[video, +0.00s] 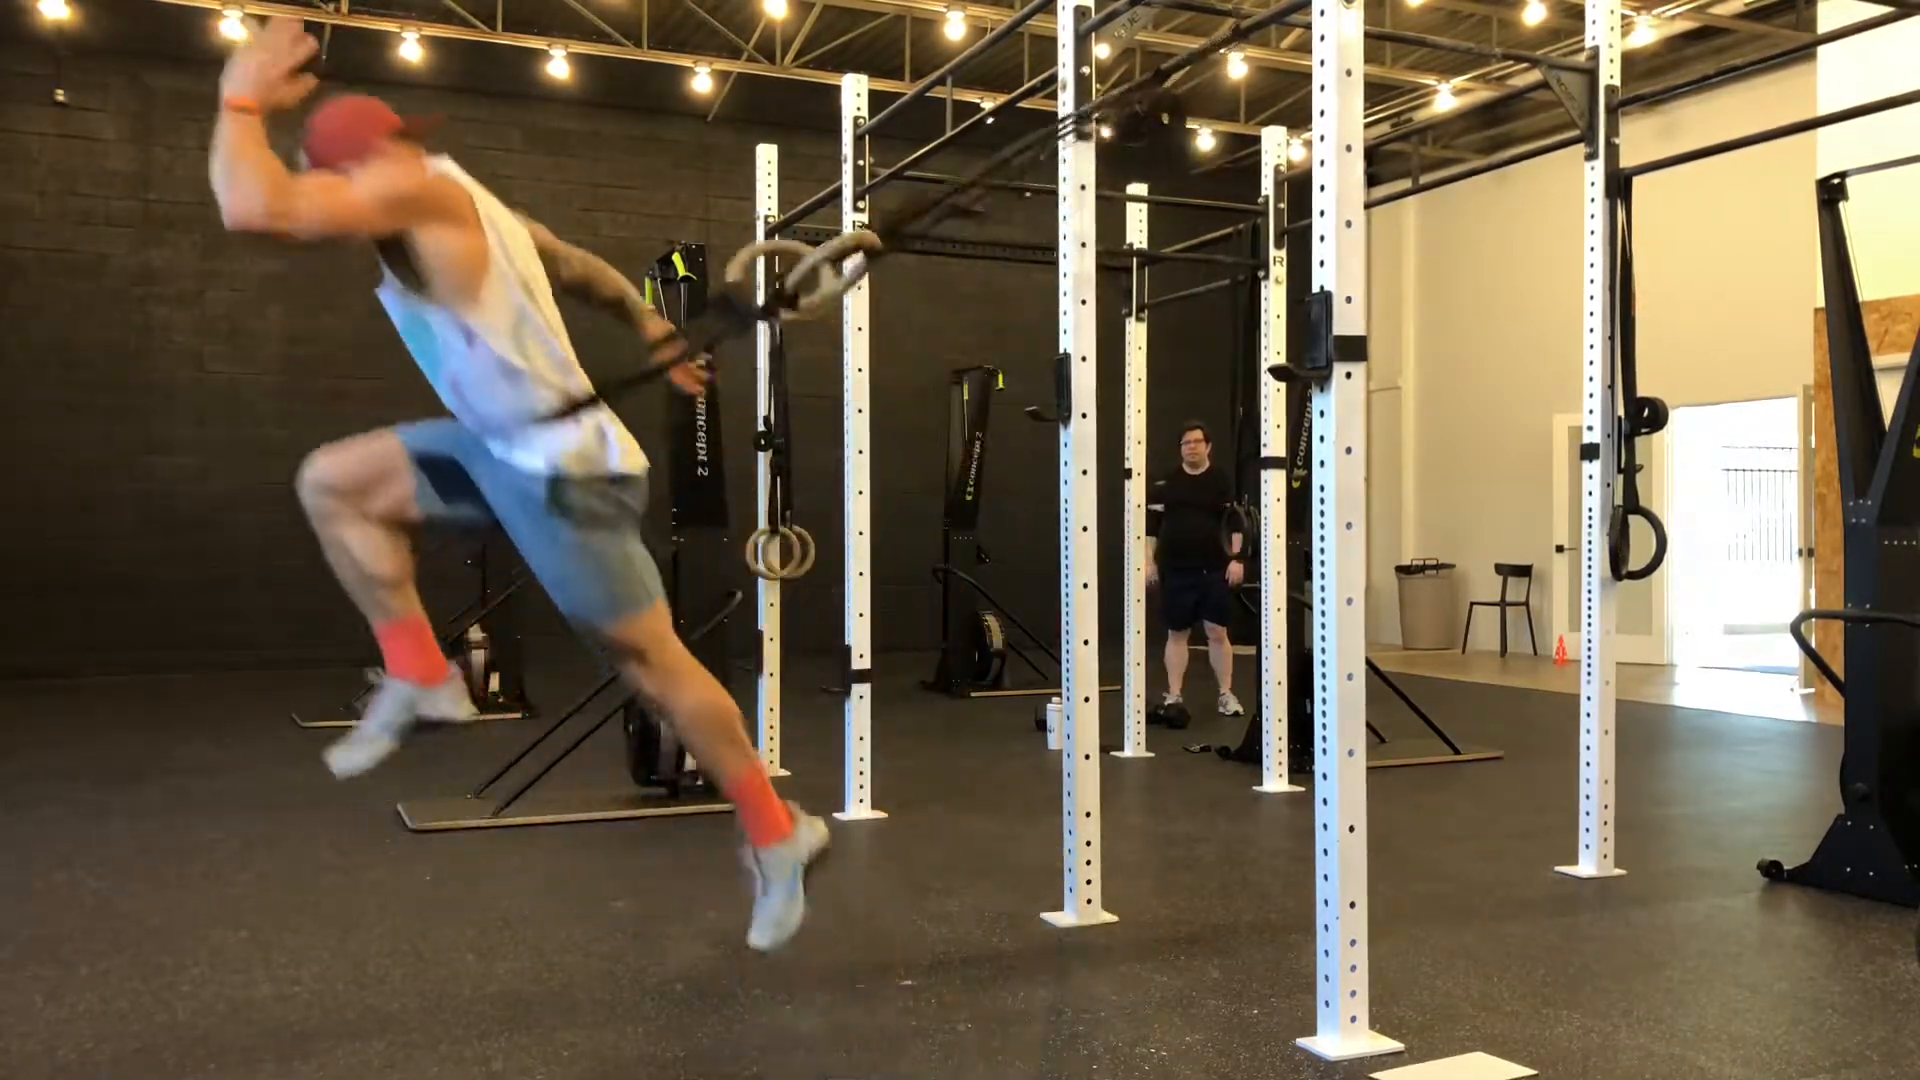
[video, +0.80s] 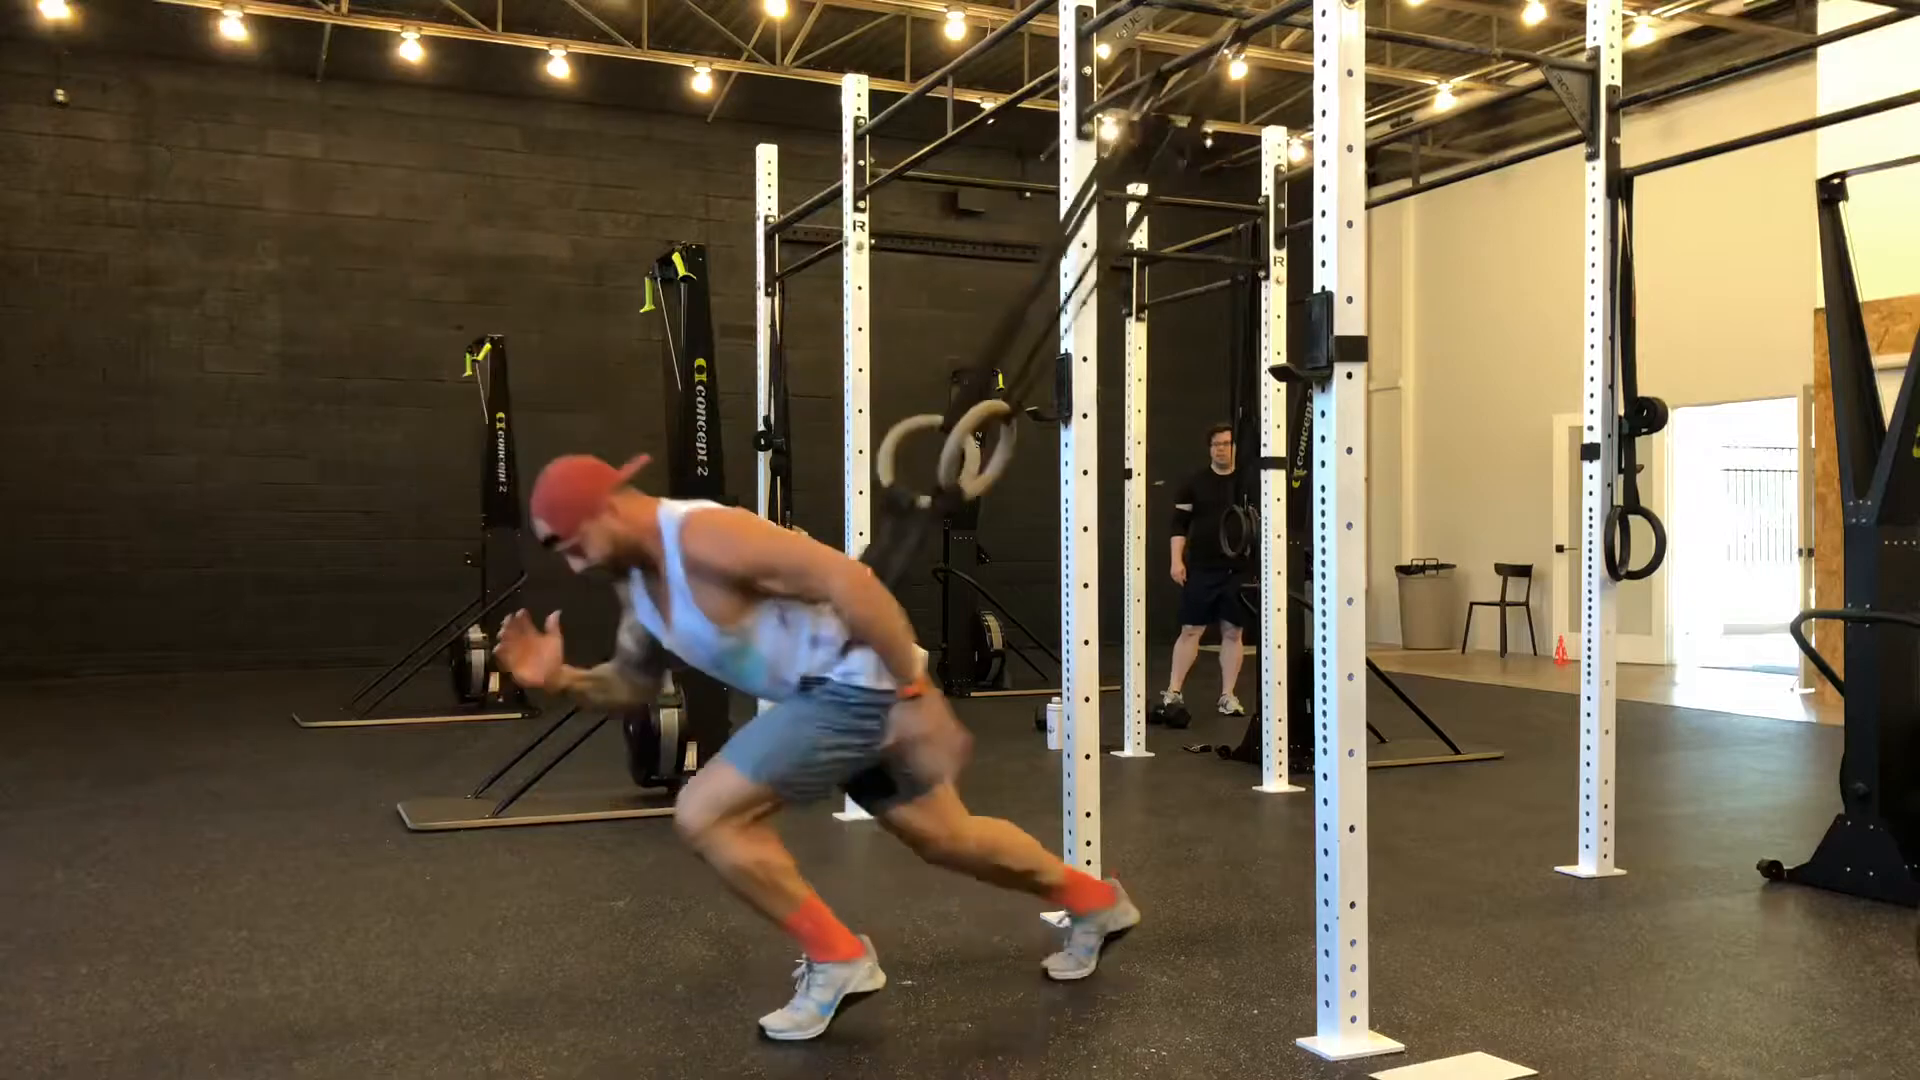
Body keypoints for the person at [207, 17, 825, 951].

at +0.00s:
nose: (343, 189)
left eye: (345, 172)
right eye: (339, 175)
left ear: (378, 152)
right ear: (387, 142)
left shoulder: (418, 185)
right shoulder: (449, 196)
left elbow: (254, 203)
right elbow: (573, 264)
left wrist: (240, 94)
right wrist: (651, 323)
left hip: (565, 464)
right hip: (500, 447)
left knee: (652, 659)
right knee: (333, 482)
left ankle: (778, 832)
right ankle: (420, 676)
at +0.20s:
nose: (299, 127)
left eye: (299, 109)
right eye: (293, 116)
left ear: (332, 82)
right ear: (346, 78)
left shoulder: (380, 115)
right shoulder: (404, 125)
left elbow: (226, 166)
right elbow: (532, 241)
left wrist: (187, 64)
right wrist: (539, 338)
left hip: (540, 382)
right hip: (476, 373)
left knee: (619, 596)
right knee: (301, 401)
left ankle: (743, 780)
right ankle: (399, 596)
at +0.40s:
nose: (365, 209)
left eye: (363, 191)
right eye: (355, 197)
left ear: (393, 161)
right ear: (386, 168)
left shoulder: (456, 198)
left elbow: (322, 262)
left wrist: (264, 166)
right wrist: (456, 466)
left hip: (609, 445)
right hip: (529, 436)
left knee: (680, 655)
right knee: (389, 514)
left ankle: (791, 845)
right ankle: (530, 672)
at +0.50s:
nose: (444, 320)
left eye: (446, 301)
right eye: (433, 311)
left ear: (478, 269)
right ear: (432, 306)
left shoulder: (542, 318)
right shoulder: (481, 335)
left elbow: (465, 414)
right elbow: (470, 439)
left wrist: (370, 338)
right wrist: (425, 528)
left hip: (684, 546)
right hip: (616, 547)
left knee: (727, 756)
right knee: (533, 685)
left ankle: (821, 945)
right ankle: (699, 758)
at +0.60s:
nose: (472, 425)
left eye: (476, 406)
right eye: (463, 413)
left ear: (522, 380)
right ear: (503, 393)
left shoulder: (614, 427)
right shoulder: (538, 458)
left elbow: (652, 548)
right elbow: (511, 558)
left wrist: (522, 568)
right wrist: (435, 636)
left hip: (760, 613)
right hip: (701, 625)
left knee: (707, 822)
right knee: (716, 809)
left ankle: (844, 959)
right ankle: (899, 824)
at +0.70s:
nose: (511, 495)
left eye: (511, 477)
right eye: (502, 483)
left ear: (554, 446)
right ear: (543, 456)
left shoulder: (653, 485)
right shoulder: (570, 521)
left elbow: (771, 573)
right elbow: (565, 624)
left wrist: (721, 698)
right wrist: (510, 679)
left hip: (798, 646)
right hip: (790, 650)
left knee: (692, 825)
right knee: (843, 829)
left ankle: (837, 956)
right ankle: (1021, 863)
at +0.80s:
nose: (572, 560)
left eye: (572, 543)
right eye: (563, 549)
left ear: (612, 508)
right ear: (595, 525)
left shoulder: (705, 535)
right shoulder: (642, 583)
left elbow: (843, 575)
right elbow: (634, 687)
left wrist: (915, 685)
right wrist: (561, 677)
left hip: (861, 684)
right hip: (836, 689)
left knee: (707, 812)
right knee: (944, 836)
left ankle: (837, 957)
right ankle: (1091, 898)